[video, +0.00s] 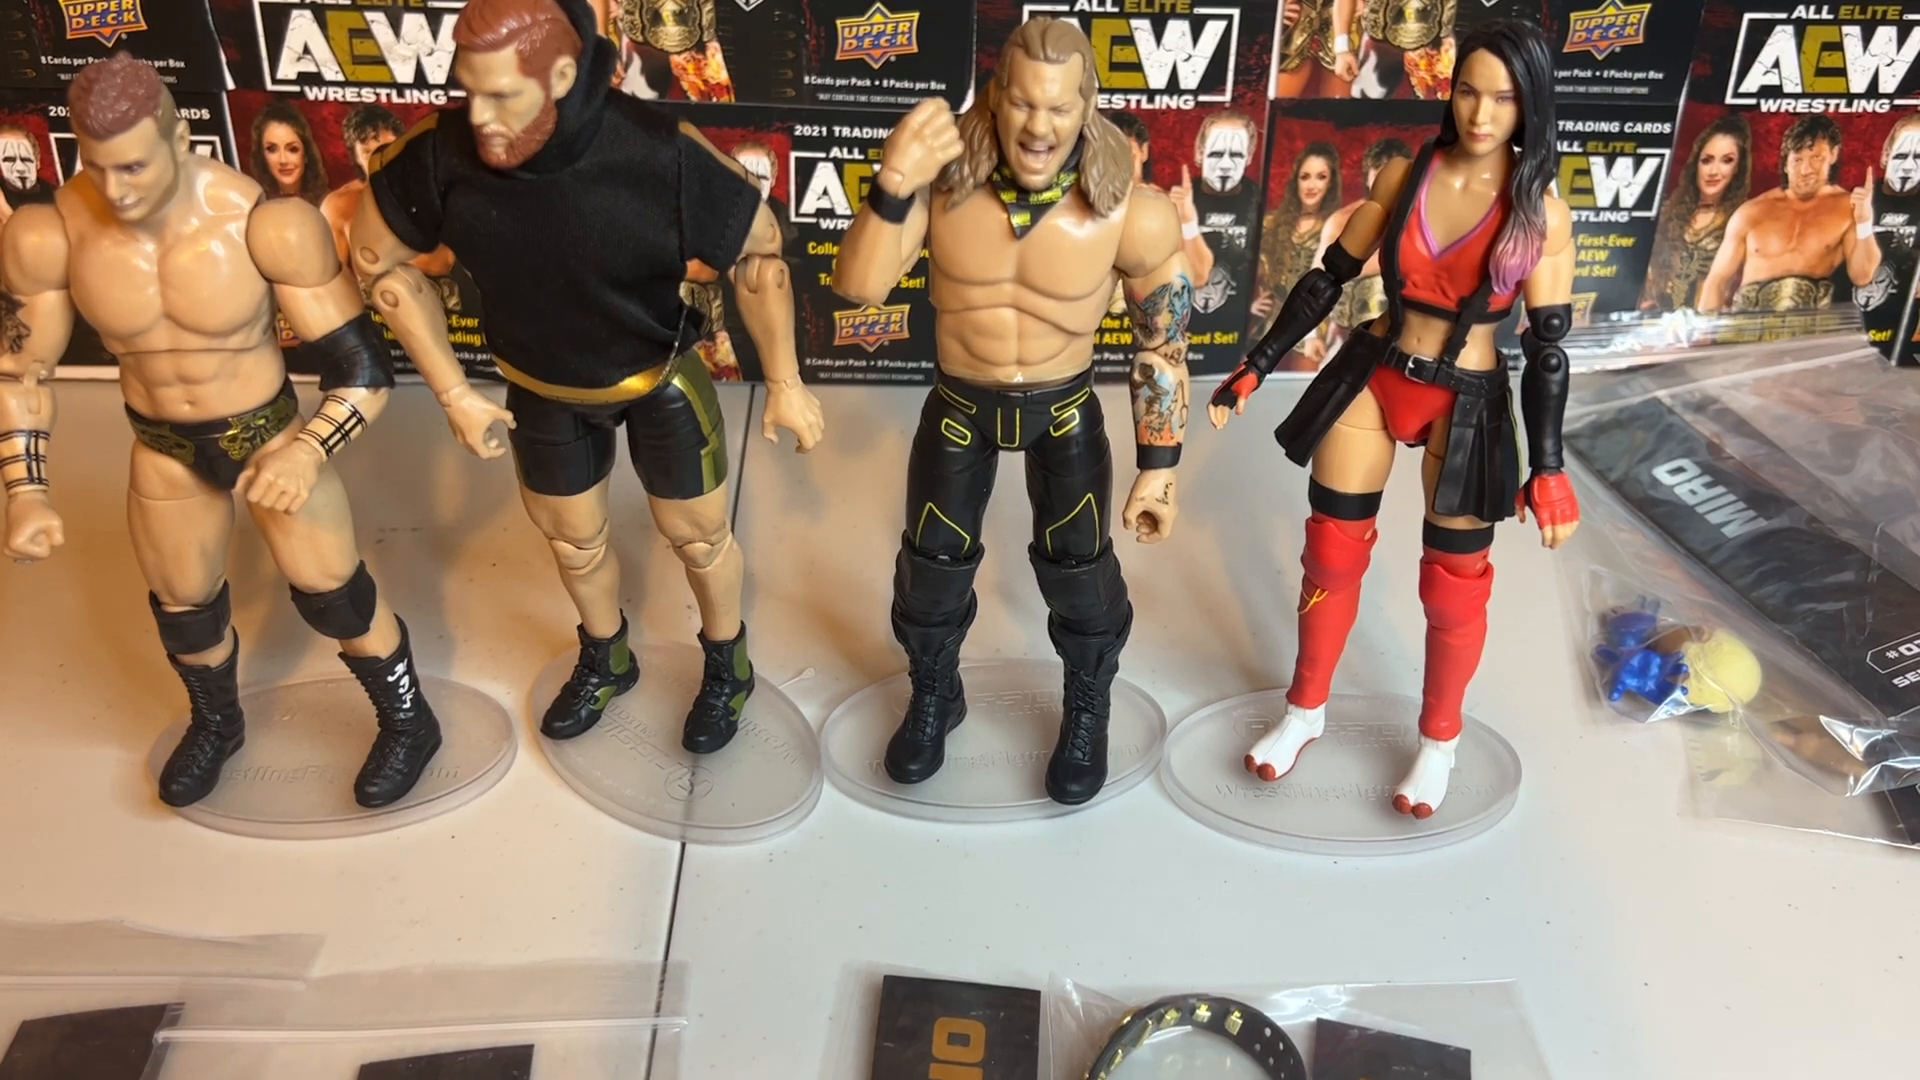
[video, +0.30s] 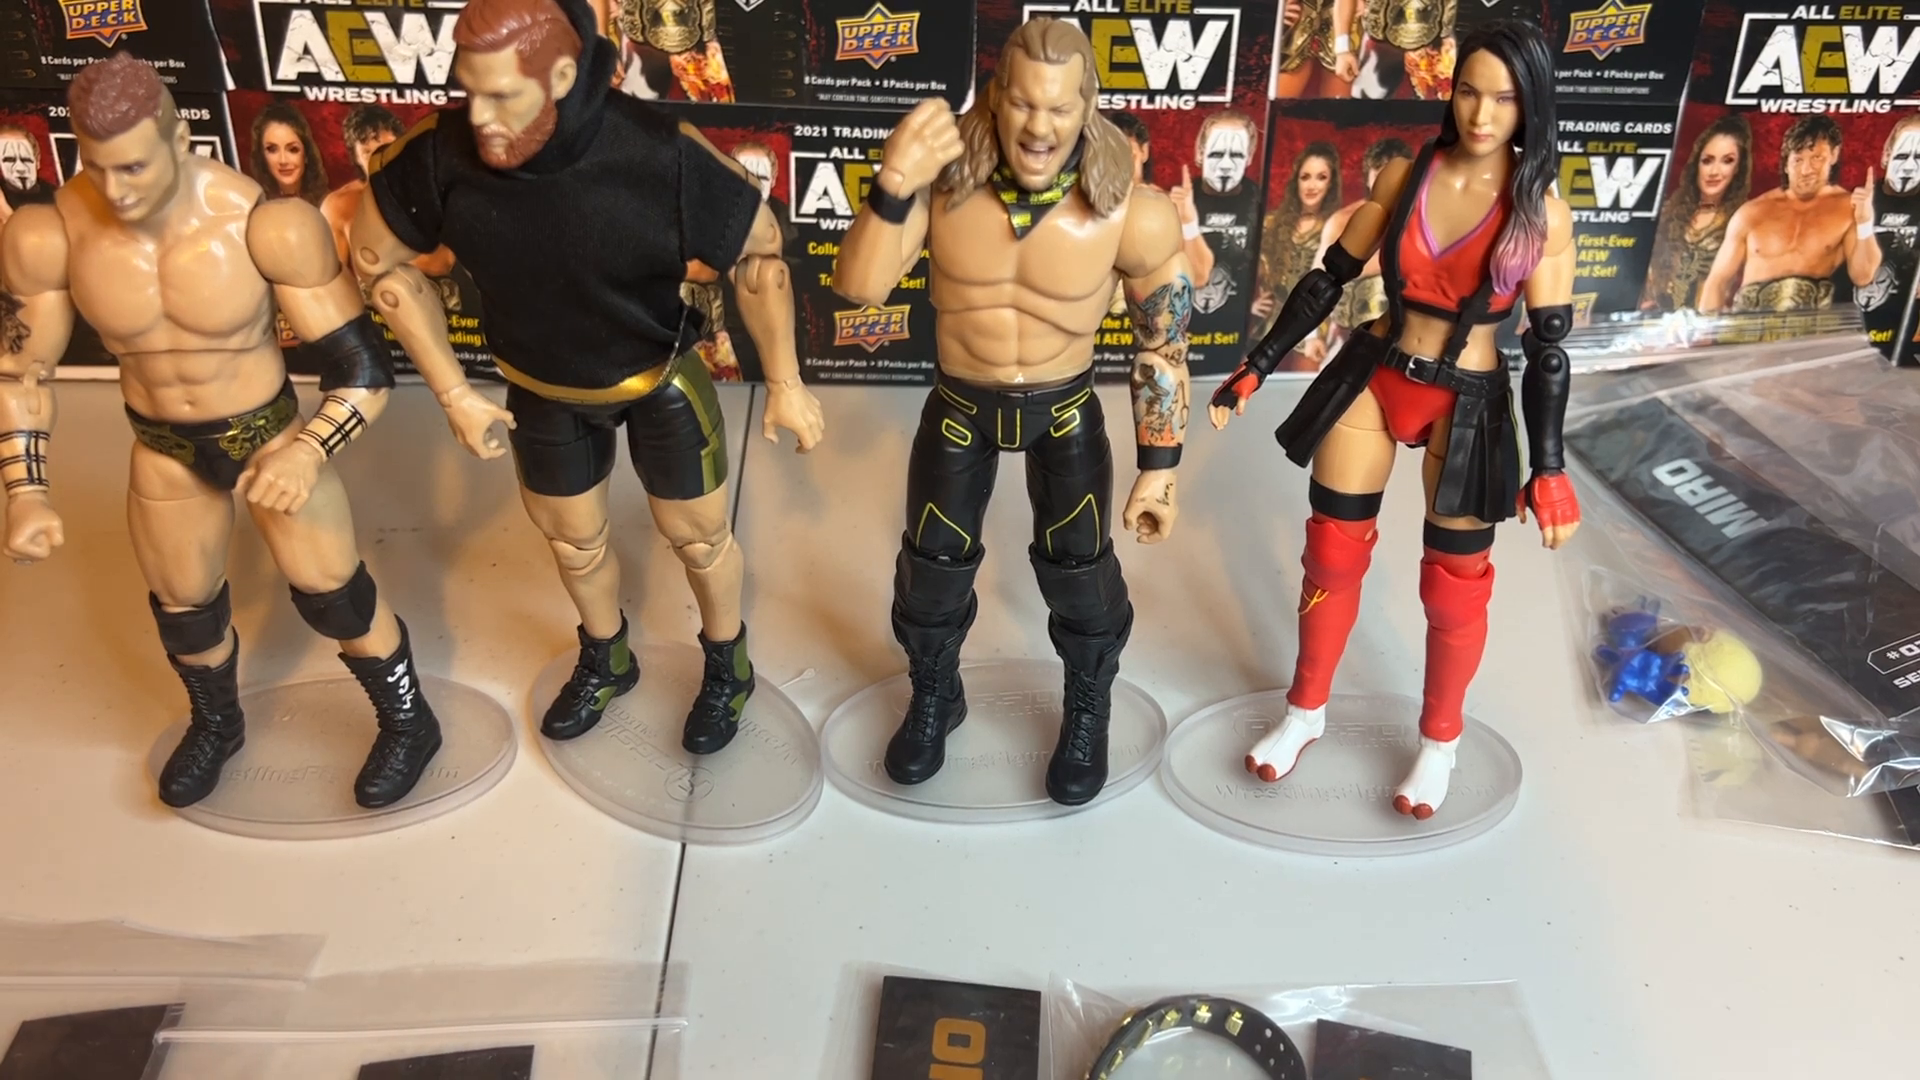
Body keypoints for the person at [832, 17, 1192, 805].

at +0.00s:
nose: (1039, 126)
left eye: (1059, 108)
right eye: (1024, 104)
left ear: (1086, 106)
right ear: (995, 95)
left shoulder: (1129, 207)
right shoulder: (943, 176)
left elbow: (1162, 336)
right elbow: (857, 287)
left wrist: (1161, 463)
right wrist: (892, 189)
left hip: (1064, 407)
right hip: (959, 403)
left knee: (1078, 568)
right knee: (932, 562)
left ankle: (1086, 714)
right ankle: (932, 699)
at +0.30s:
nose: (1040, 127)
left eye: (1060, 109)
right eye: (1024, 104)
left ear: (1087, 106)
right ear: (995, 95)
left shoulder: (1130, 208)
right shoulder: (944, 177)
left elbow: (1162, 338)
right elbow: (858, 286)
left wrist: (1161, 464)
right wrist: (892, 189)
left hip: (1064, 409)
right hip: (958, 404)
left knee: (1078, 570)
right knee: (933, 563)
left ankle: (1086, 713)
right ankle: (933, 698)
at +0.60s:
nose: (1040, 127)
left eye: (1060, 110)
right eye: (1024, 105)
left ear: (1087, 107)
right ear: (995, 95)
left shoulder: (1130, 208)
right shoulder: (944, 177)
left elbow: (1163, 339)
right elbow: (858, 287)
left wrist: (1161, 465)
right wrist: (892, 189)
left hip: (1064, 409)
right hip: (959, 404)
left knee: (1078, 570)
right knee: (933, 563)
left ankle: (1086, 714)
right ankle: (933, 699)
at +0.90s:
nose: (1039, 126)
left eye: (1059, 109)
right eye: (1024, 104)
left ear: (1086, 106)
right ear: (995, 95)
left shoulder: (1129, 207)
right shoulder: (944, 176)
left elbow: (1162, 336)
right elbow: (858, 286)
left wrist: (1161, 464)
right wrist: (892, 190)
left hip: (1064, 408)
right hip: (959, 403)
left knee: (1078, 569)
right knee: (932, 563)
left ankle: (1086, 713)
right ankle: (932, 699)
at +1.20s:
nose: (1039, 126)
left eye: (1059, 109)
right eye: (1024, 104)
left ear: (1086, 106)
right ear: (995, 95)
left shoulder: (1129, 207)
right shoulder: (943, 176)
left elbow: (1162, 337)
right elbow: (857, 286)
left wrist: (1161, 464)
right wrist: (892, 188)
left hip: (1064, 408)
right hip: (958, 403)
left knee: (1078, 568)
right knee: (932, 562)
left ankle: (1086, 712)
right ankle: (933, 698)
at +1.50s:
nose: (1039, 126)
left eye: (1059, 109)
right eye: (1024, 104)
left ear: (1086, 106)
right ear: (994, 95)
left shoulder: (1129, 207)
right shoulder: (943, 176)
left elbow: (1162, 337)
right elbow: (857, 286)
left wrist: (1161, 463)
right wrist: (892, 189)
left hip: (1064, 408)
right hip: (958, 403)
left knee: (1077, 568)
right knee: (932, 562)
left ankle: (1086, 712)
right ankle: (932, 699)